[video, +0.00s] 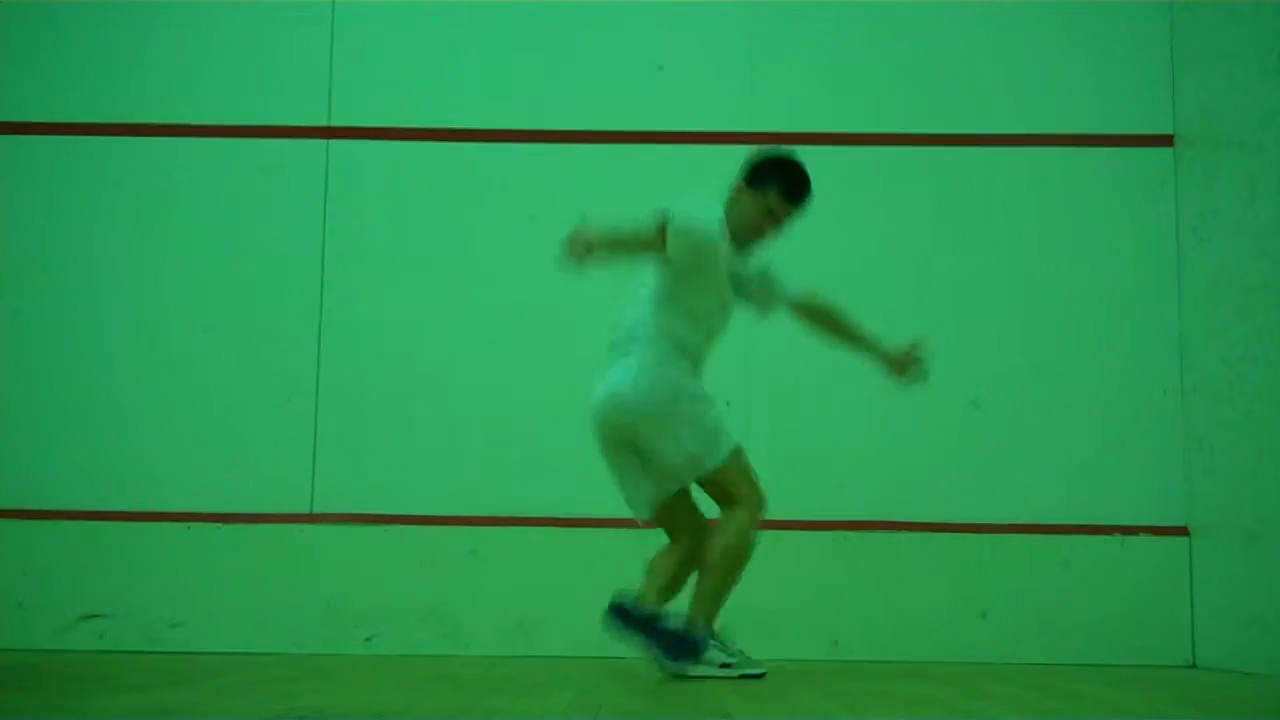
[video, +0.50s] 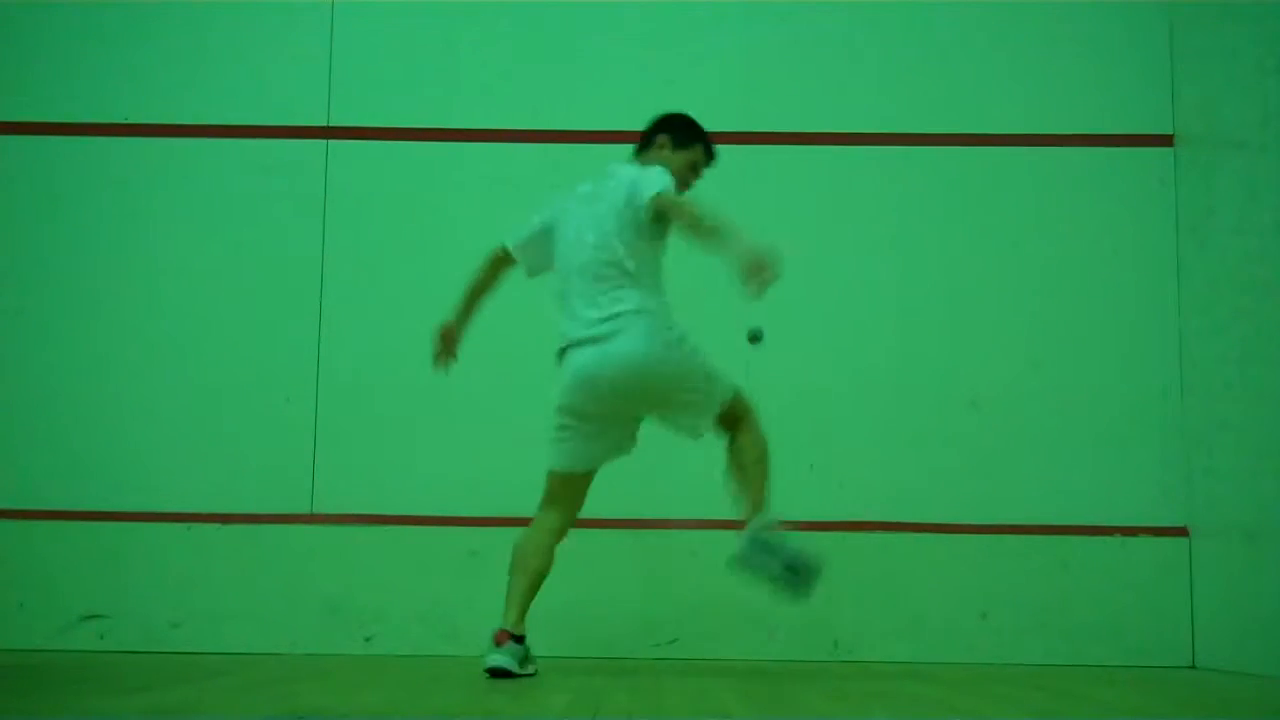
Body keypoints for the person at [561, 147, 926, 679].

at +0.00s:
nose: (769, 226)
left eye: (780, 220)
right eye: (767, 210)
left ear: (784, 221)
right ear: (740, 191)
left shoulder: (744, 272)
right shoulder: (699, 234)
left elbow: (810, 309)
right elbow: (645, 238)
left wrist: (883, 355)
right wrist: (592, 243)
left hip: (616, 402)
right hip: (659, 389)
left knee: (691, 534)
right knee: (746, 503)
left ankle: (639, 609)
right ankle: (696, 634)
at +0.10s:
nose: (776, 267)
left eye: (788, 261)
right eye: (776, 251)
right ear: (748, 223)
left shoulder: (741, 299)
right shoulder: (702, 261)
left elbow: (775, 342)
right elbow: (642, 292)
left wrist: (817, 390)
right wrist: (586, 321)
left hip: (601, 422)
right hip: (648, 400)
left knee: (685, 536)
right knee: (749, 503)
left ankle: (680, 533)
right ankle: (693, 640)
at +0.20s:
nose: (763, 253)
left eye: (773, 247)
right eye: (764, 238)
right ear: (736, 211)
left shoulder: (706, 272)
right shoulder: (694, 250)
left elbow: (683, 346)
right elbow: (659, 294)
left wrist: (707, 400)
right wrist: (647, 340)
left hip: (595, 418)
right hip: (634, 399)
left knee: (701, 514)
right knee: (731, 493)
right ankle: (691, 639)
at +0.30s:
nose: (743, 217)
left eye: (752, 210)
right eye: (746, 202)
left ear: (715, 177)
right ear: (720, 175)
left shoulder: (660, 214)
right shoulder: (683, 208)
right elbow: (666, 263)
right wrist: (681, 325)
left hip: (581, 372)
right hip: (626, 363)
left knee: (658, 508)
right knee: (709, 486)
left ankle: (576, 507)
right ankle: (688, 637)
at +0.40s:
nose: (716, 188)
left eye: (724, 180)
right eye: (717, 173)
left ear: (676, 150)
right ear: (687, 147)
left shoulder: (606, 205)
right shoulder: (665, 181)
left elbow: (545, 275)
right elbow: (648, 233)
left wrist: (497, 348)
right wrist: (683, 307)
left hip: (576, 359)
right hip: (633, 350)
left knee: (574, 512)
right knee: (720, 469)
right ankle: (703, 616)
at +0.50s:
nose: (690, 182)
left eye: (696, 173)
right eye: (690, 168)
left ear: (647, 146)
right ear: (661, 144)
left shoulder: (572, 202)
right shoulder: (646, 178)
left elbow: (501, 258)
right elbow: (679, 212)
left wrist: (455, 323)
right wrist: (741, 249)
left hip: (584, 367)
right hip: (649, 348)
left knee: (555, 508)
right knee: (738, 416)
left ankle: (509, 635)